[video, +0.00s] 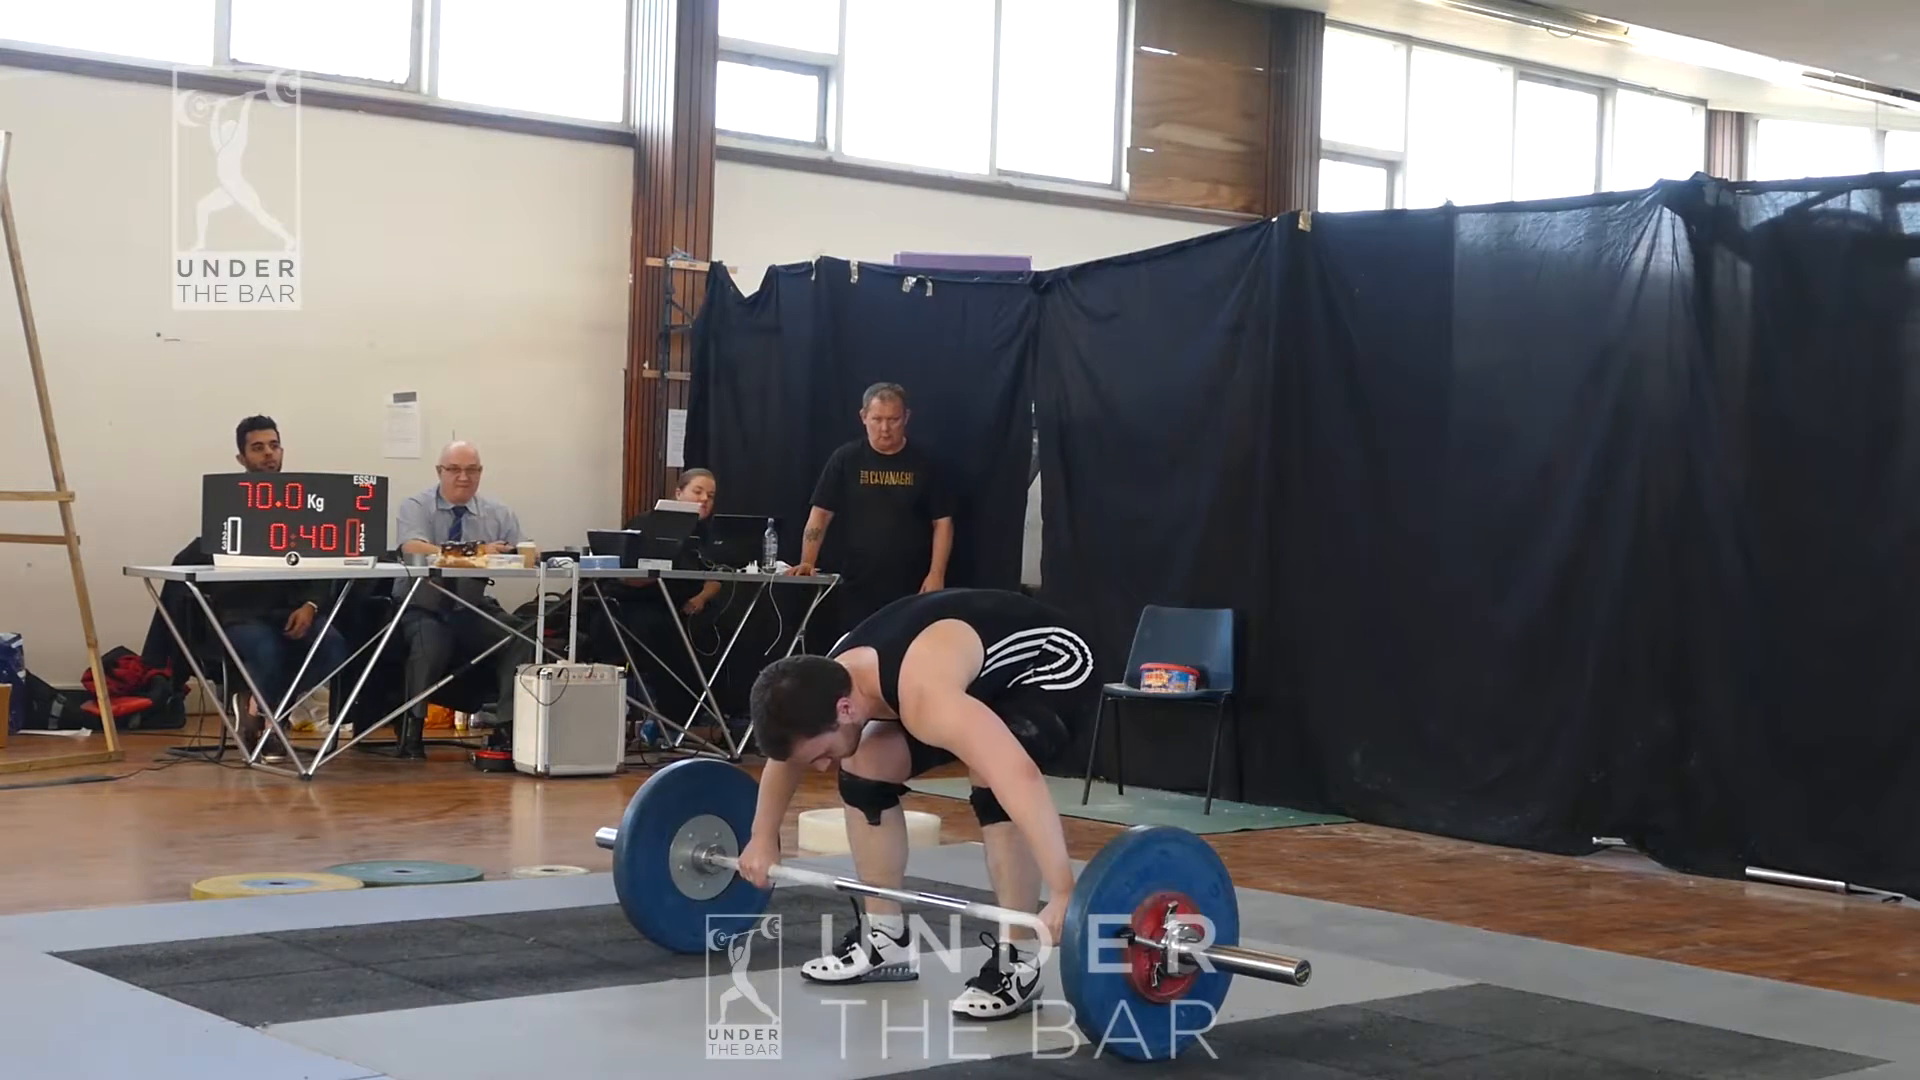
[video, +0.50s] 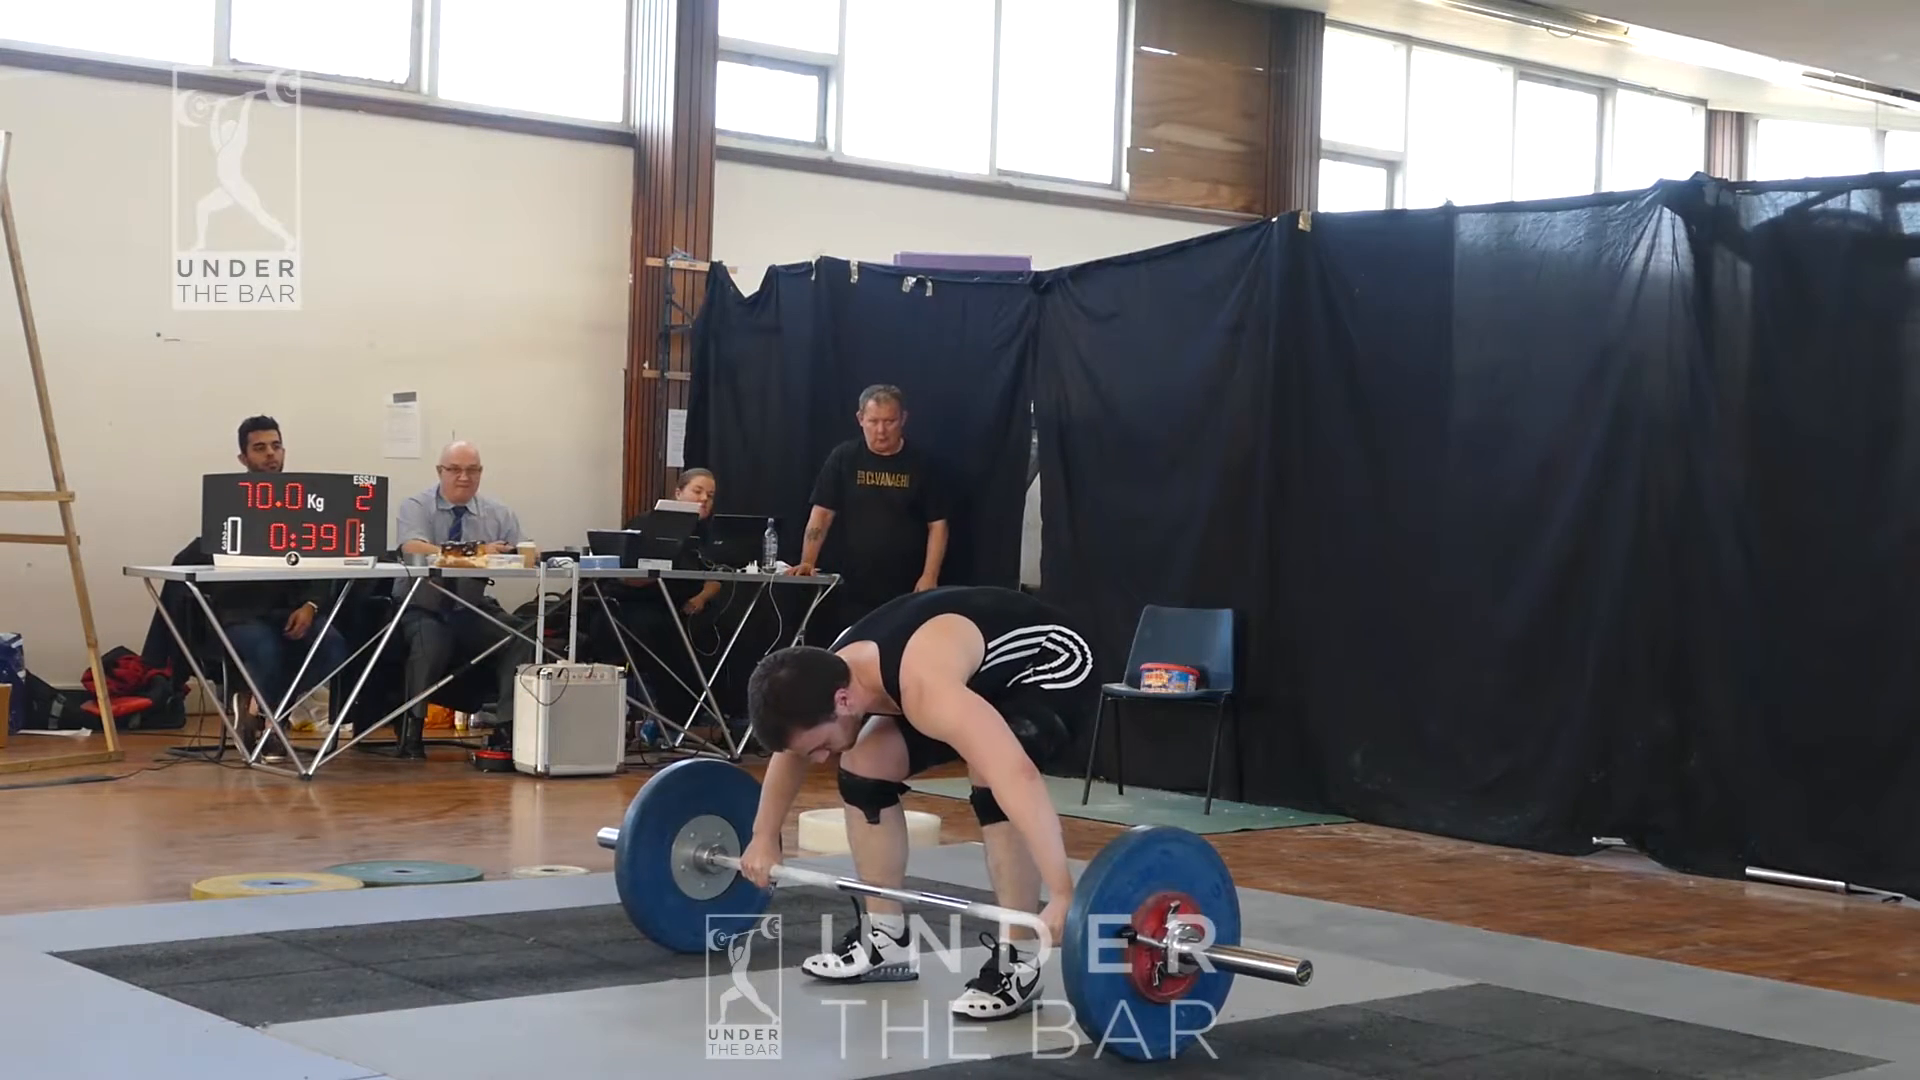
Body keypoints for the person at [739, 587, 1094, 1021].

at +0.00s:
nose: (824, 769)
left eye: (824, 756)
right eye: (808, 763)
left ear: (845, 709)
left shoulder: (931, 699)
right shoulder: (827, 679)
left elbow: (1022, 778)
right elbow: (785, 753)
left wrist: (1063, 890)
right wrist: (763, 835)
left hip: (1057, 665)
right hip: (976, 674)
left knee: (995, 789)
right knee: (866, 774)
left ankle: (1019, 962)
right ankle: (885, 942)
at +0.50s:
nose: (820, 757)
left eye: (821, 745)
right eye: (804, 754)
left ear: (844, 701)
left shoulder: (931, 690)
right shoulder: (834, 671)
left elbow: (1018, 775)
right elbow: (791, 752)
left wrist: (1061, 892)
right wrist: (764, 834)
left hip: (1057, 665)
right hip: (978, 675)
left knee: (993, 783)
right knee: (864, 769)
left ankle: (1018, 962)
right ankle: (885, 943)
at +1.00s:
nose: (815, 756)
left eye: (816, 743)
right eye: (801, 752)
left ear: (840, 700)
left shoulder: (929, 692)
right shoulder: (828, 671)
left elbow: (1015, 775)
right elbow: (791, 752)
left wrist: (1060, 890)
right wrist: (763, 834)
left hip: (1056, 667)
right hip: (975, 678)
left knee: (989, 781)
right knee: (861, 770)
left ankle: (1018, 962)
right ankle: (885, 942)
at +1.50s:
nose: (814, 754)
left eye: (817, 740)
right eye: (801, 747)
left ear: (843, 697)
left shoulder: (931, 690)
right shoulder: (831, 671)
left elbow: (1016, 774)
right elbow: (793, 753)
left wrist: (1061, 890)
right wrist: (763, 835)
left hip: (1056, 666)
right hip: (976, 677)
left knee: (991, 782)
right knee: (863, 768)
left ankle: (1019, 961)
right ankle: (886, 941)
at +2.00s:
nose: (818, 751)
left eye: (823, 736)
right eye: (806, 743)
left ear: (848, 693)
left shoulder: (935, 686)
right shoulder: (839, 666)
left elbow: (1019, 772)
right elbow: (798, 751)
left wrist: (1060, 889)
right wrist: (763, 835)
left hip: (1061, 661)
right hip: (980, 672)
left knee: (997, 782)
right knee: (872, 769)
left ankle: (1019, 961)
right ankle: (888, 942)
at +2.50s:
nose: (804, 658)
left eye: (812, 639)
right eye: (794, 644)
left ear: (857, 610)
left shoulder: (940, 670)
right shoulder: (832, 674)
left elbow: (1017, 772)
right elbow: (793, 752)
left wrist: (1048, 885)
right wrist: (760, 833)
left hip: (1050, 768)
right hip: (949, 770)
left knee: (973, 795)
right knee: (827, 784)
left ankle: (1016, 961)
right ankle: (885, 938)